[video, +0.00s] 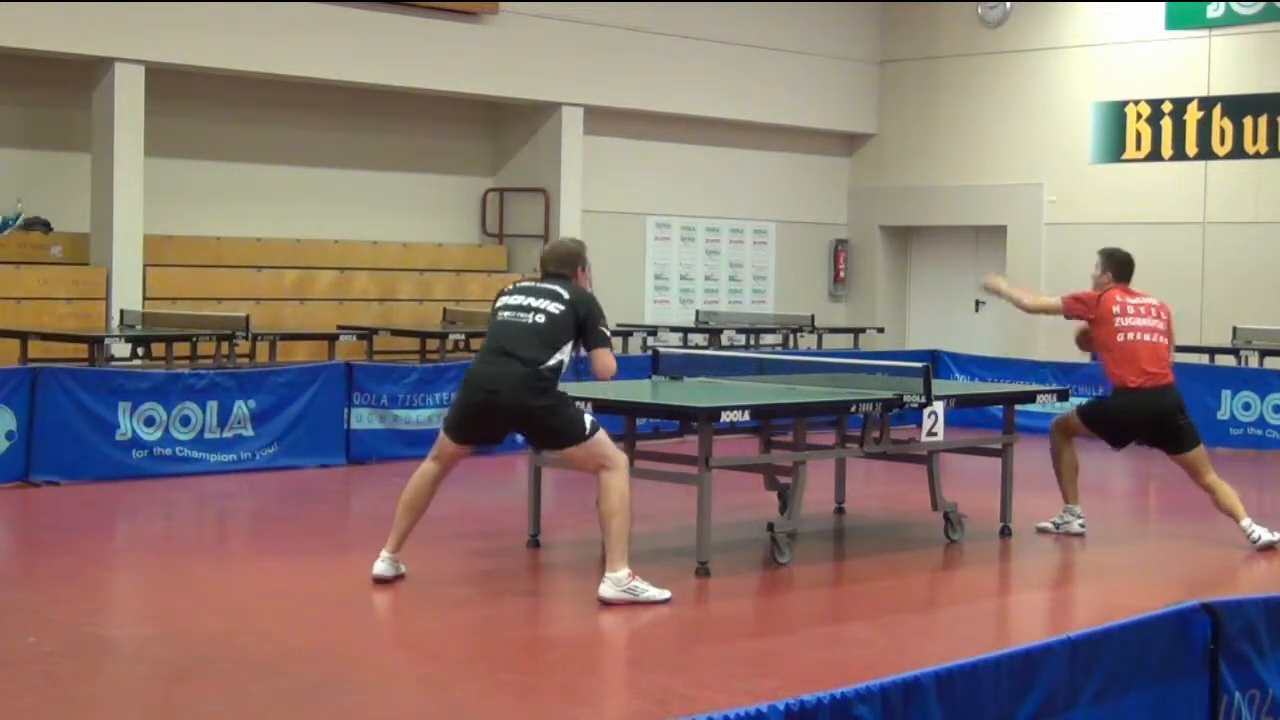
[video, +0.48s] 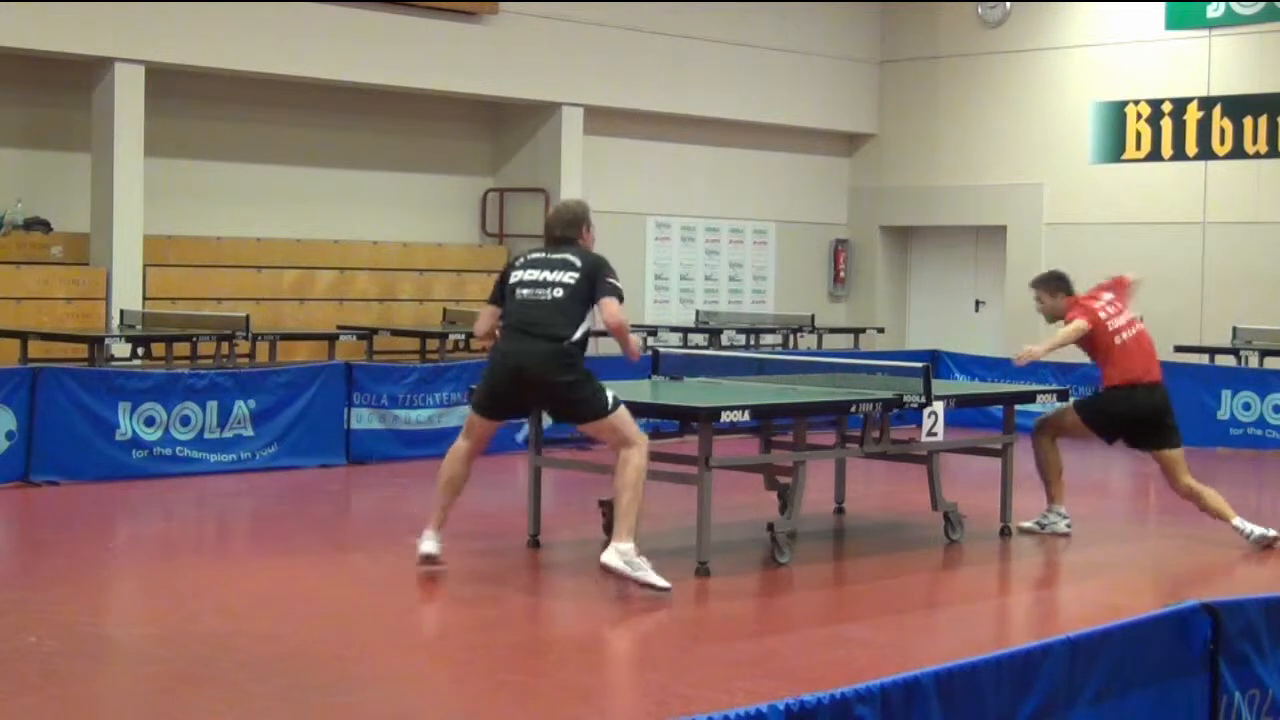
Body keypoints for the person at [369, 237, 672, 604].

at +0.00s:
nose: (589, 277)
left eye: (587, 271)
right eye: (588, 271)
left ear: (543, 270)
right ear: (579, 273)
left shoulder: (511, 291)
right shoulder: (581, 299)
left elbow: (500, 338)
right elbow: (604, 369)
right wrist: (599, 343)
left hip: (478, 387)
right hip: (532, 393)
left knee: (437, 462)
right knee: (613, 464)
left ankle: (387, 556)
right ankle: (618, 576)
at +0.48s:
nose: (595, 237)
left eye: (593, 231)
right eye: (593, 231)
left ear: (549, 233)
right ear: (585, 234)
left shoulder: (519, 263)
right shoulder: (595, 264)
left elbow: (482, 330)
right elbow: (612, 319)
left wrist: (508, 339)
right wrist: (629, 347)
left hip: (505, 366)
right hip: (558, 369)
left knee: (467, 442)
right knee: (633, 444)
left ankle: (431, 534)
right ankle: (622, 547)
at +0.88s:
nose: (582, 244)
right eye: (581, 239)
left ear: (543, 243)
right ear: (580, 241)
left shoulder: (521, 281)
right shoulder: (598, 272)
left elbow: (495, 350)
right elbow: (640, 327)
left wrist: (516, 368)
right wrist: (656, 353)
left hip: (530, 387)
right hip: (583, 387)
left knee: (505, 447)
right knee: (638, 469)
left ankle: (476, 536)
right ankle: (626, 566)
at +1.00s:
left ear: (527, 246)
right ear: (564, 243)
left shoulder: (508, 281)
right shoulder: (584, 266)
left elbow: (488, 351)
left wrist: (513, 353)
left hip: (526, 378)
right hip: (577, 375)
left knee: (504, 449)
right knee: (627, 464)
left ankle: (490, 536)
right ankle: (626, 564)